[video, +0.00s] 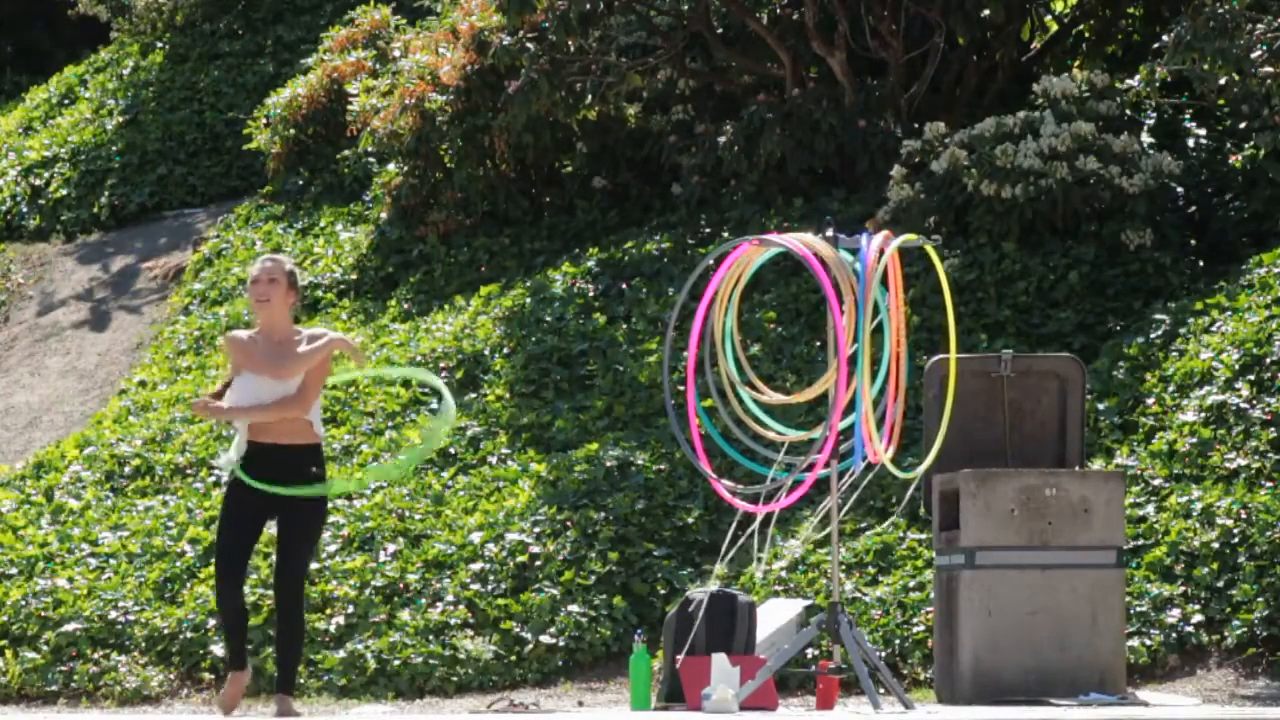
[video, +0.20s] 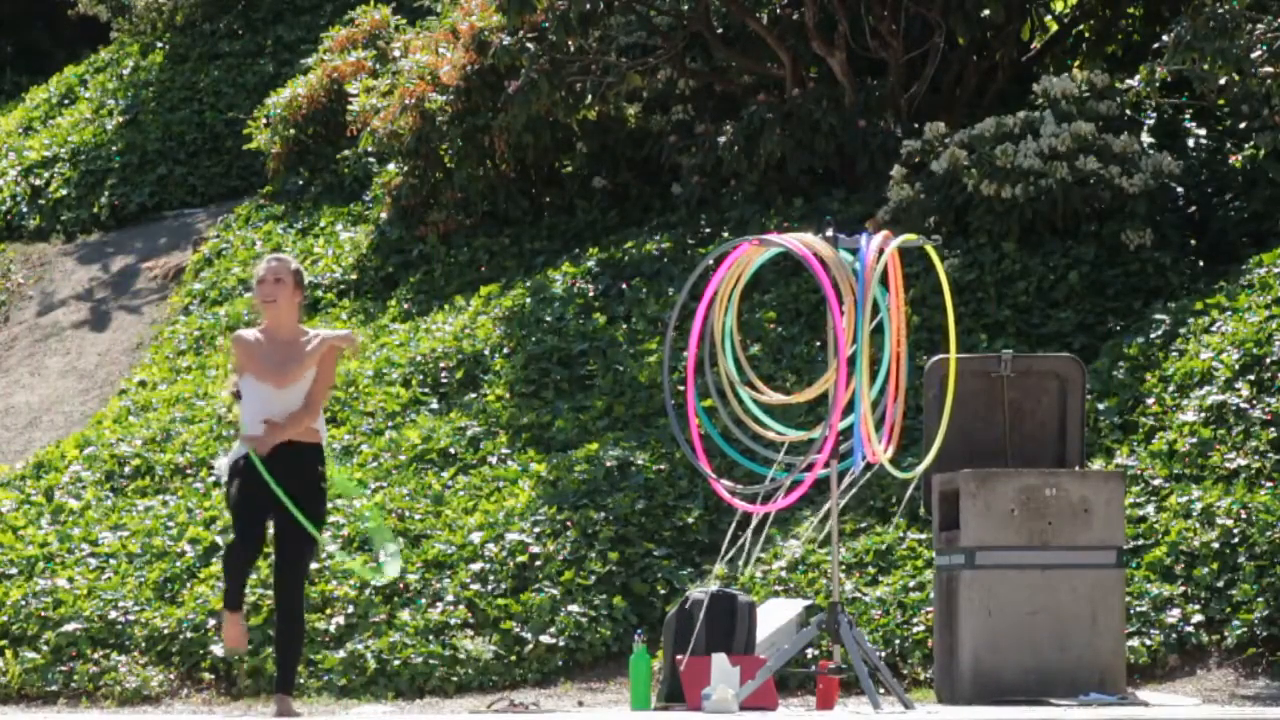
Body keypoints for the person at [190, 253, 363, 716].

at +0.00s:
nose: (258, 287)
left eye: (269, 281)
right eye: (253, 280)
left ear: (291, 293)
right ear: (246, 291)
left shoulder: (318, 343)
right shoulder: (236, 342)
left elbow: (302, 406)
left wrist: (232, 413)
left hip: (302, 467)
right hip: (253, 464)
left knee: (288, 584)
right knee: (226, 572)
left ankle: (285, 694)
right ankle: (237, 668)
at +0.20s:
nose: (266, 286)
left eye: (277, 280)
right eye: (262, 280)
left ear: (299, 292)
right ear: (253, 292)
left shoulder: (324, 345)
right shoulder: (244, 342)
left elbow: (313, 410)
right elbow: (263, 375)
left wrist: (276, 431)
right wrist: (323, 343)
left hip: (303, 456)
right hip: (253, 456)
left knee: (290, 579)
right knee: (247, 539)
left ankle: (284, 694)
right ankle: (232, 608)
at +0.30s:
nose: (269, 287)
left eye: (279, 281)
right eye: (265, 281)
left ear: (301, 293)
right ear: (258, 291)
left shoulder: (327, 347)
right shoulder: (246, 340)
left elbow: (317, 413)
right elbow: (268, 376)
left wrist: (292, 452)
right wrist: (317, 340)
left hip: (305, 457)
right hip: (253, 453)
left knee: (290, 582)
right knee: (272, 512)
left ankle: (284, 694)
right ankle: (232, 574)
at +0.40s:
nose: (273, 288)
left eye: (284, 281)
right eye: (269, 281)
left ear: (305, 291)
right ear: (262, 289)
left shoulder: (329, 340)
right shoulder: (249, 336)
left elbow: (324, 407)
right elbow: (260, 379)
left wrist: (312, 456)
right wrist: (296, 336)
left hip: (303, 455)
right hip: (256, 449)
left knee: (289, 584)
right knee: (283, 504)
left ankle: (283, 693)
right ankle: (230, 544)